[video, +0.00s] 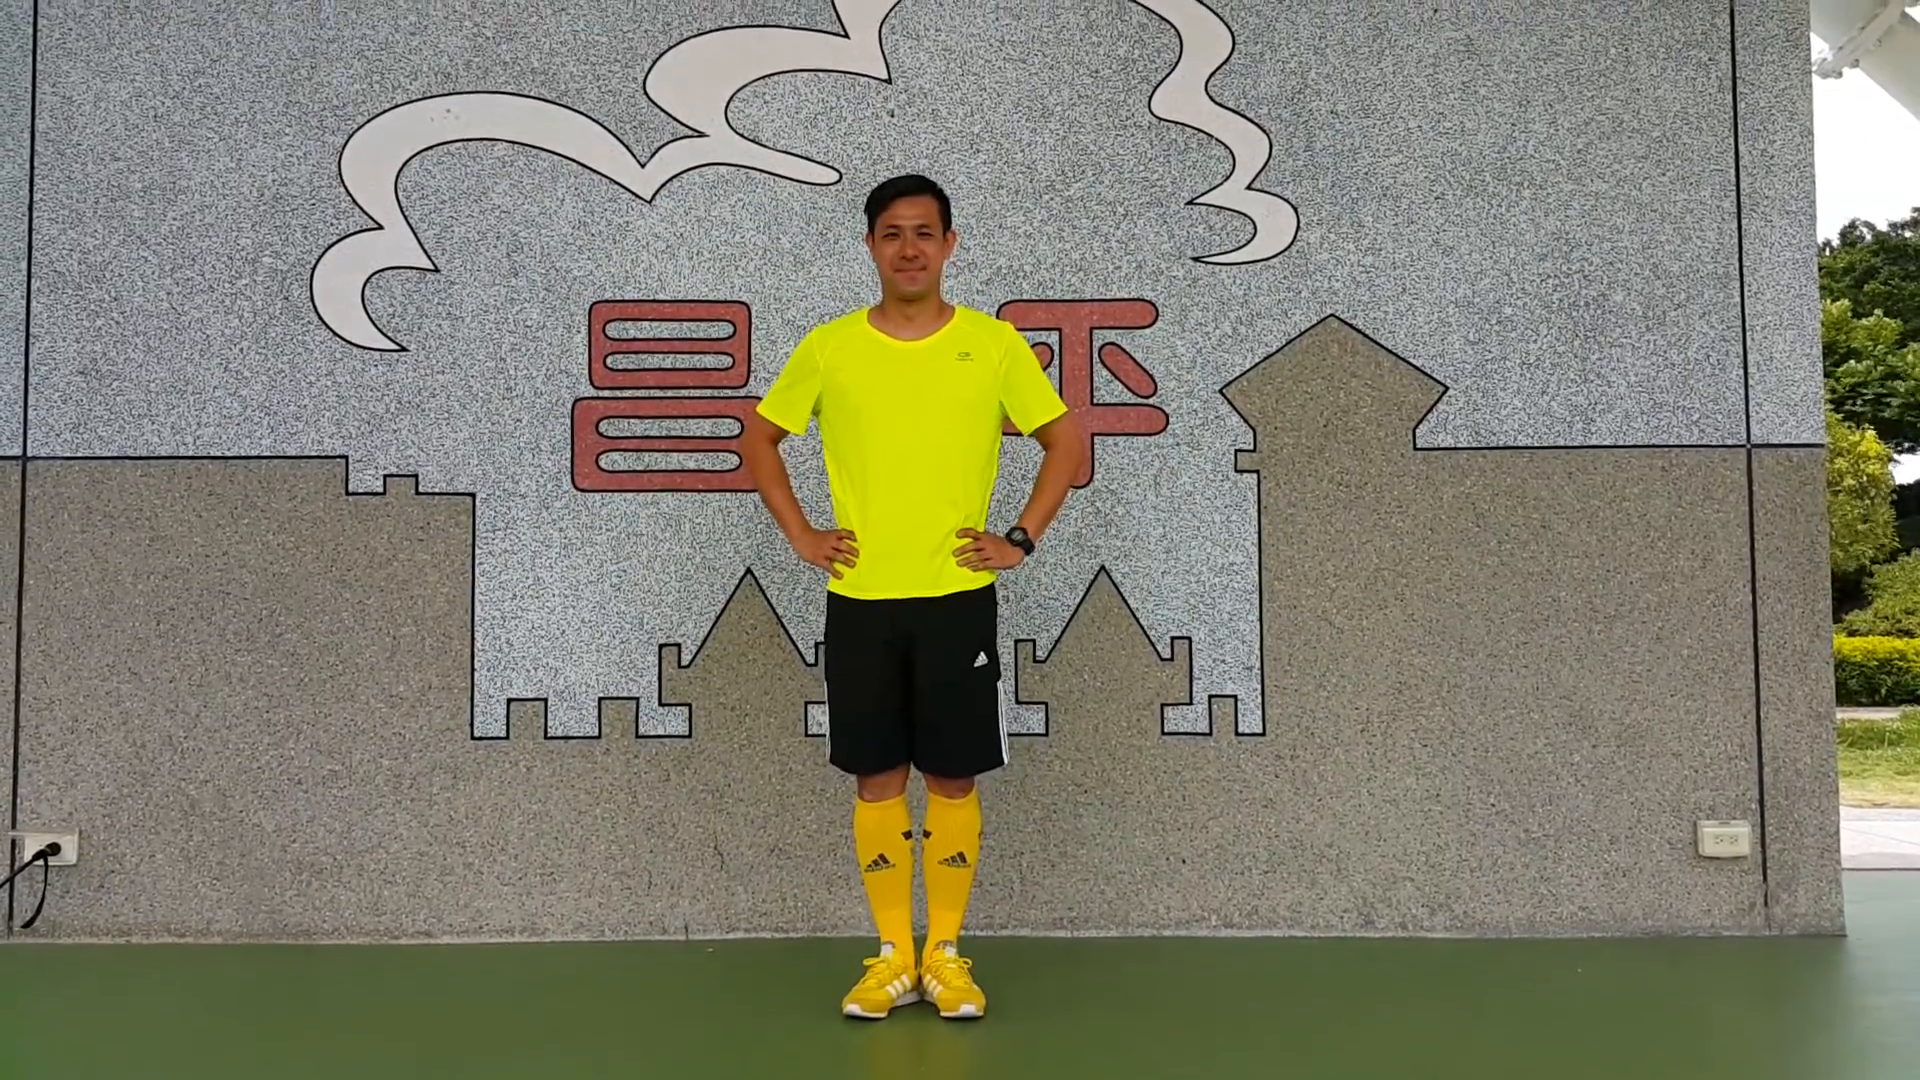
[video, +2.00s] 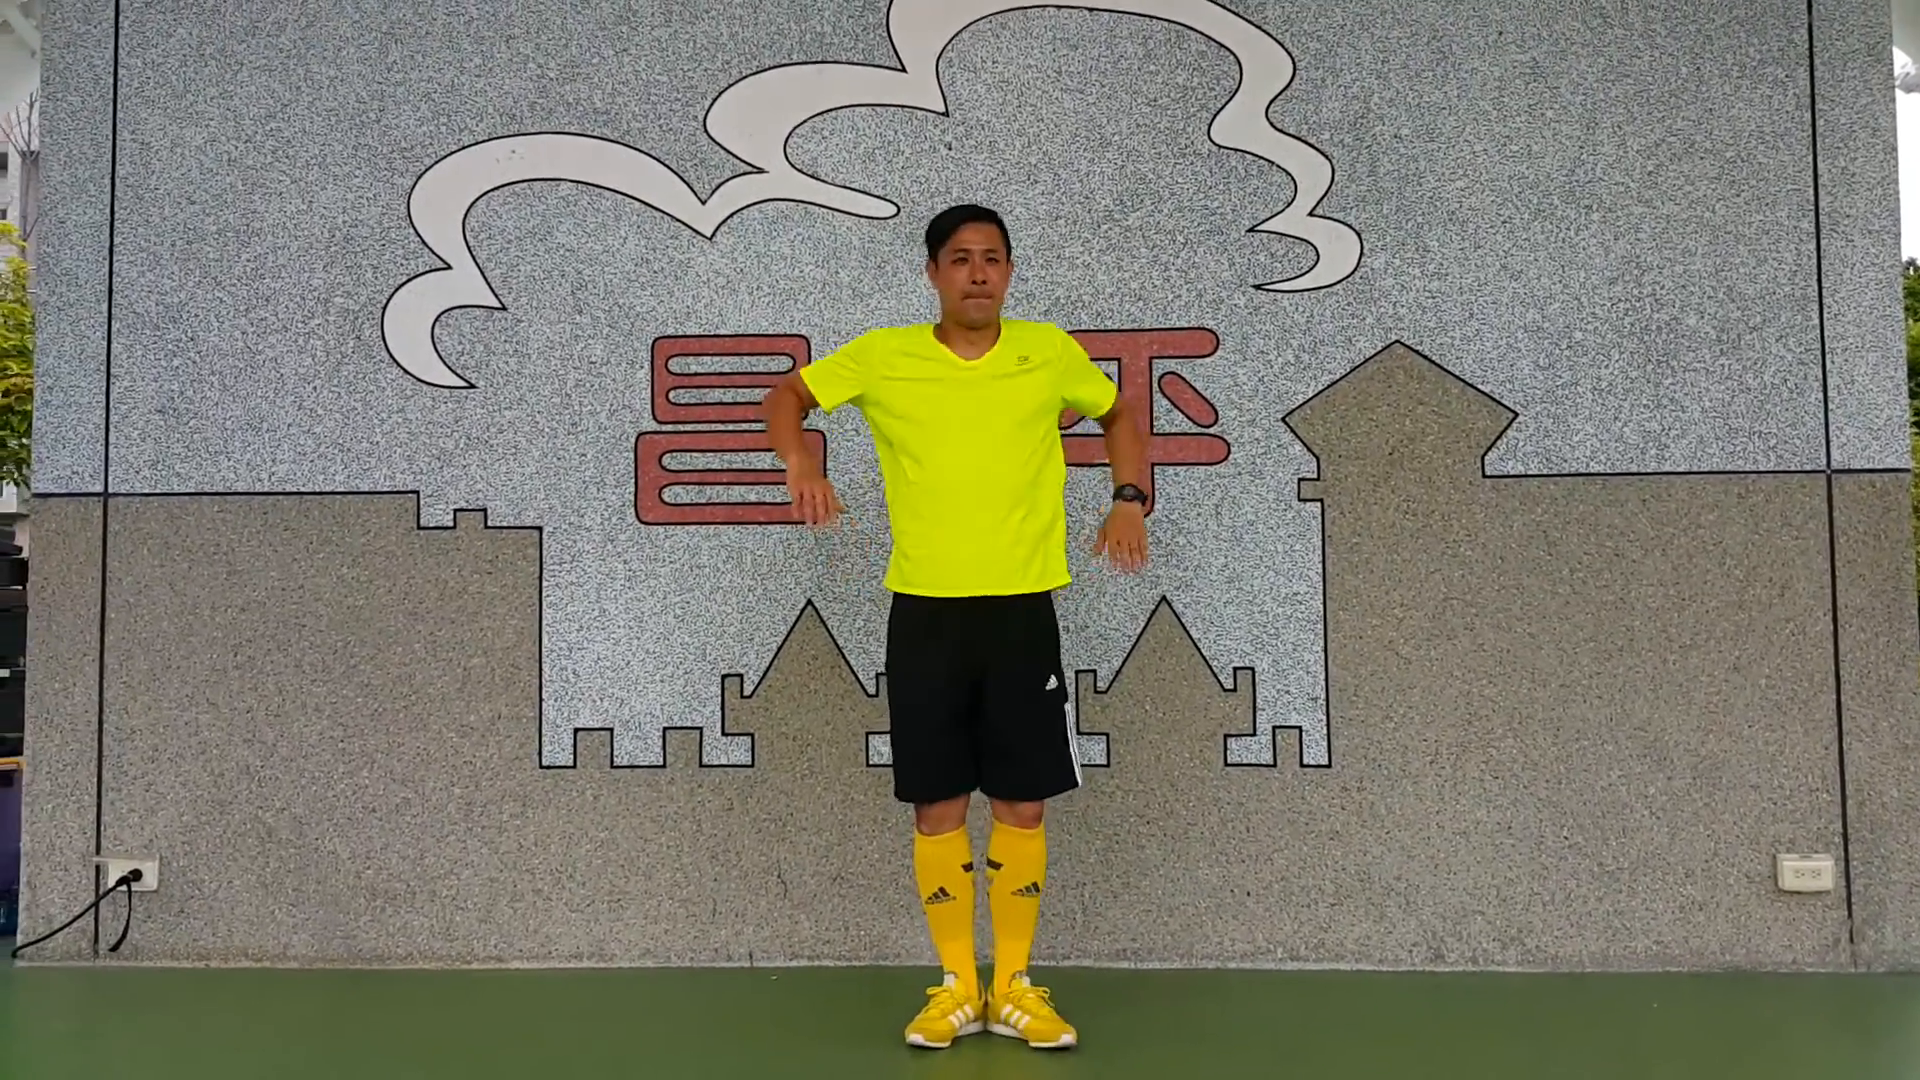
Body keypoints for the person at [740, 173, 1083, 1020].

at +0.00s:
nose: (909, 247)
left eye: (924, 233)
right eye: (893, 234)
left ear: (948, 246)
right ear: (872, 249)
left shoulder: (992, 342)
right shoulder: (831, 345)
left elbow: (1067, 439)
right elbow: (757, 438)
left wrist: (1021, 538)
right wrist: (800, 532)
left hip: (958, 591)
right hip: (862, 592)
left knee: (951, 774)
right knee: (877, 774)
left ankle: (943, 955)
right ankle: (895, 957)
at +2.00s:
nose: (978, 271)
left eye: (991, 258)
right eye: (962, 259)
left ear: (1010, 274)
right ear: (933, 275)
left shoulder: (1047, 349)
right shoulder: (886, 354)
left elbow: (1121, 413)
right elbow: (782, 396)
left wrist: (1131, 499)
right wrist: (801, 462)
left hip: (1024, 603)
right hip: (925, 606)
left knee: (1022, 798)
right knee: (937, 801)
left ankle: (1014, 987)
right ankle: (956, 988)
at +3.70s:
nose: (978, 310)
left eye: (994, 297)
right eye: (976, 298)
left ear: (1041, 305)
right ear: (977, 311)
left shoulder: (1072, 373)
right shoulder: (961, 378)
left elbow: (1064, 263)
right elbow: (890, 300)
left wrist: (997, 162)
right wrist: (856, 197)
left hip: (1059, 635)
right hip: (966, 644)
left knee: (1158, 811)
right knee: (896, 817)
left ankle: (1275, 970)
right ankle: (909, 999)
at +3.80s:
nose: (985, 276)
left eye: (1002, 263)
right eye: (973, 265)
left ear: (1039, 278)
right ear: (959, 282)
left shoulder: (1069, 352)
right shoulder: (928, 352)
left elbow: (1126, 293)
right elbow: (830, 310)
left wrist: (1068, 184)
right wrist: (818, 201)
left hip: (1049, 607)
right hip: (946, 614)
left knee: (1125, 788)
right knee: (910, 806)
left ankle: (1192, 968)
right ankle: (897, 991)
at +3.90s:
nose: (986, 263)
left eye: (1002, 251)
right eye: (970, 252)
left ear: (1027, 271)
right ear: (952, 272)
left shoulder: (1059, 348)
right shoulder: (918, 352)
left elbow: (1143, 385)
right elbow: (804, 382)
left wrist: (1126, 290)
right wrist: (793, 282)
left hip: (1042, 598)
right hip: (940, 600)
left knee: (1095, 788)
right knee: (902, 794)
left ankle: (1138, 980)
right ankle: (863, 976)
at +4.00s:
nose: (985, 276)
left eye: (999, 262)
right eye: (968, 265)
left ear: (1023, 279)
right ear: (947, 285)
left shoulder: (1063, 375)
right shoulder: (913, 379)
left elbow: (1117, 485)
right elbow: (842, 477)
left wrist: (1140, 437)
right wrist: (794, 418)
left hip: (1032, 611)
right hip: (930, 612)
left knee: (1079, 792)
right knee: (897, 794)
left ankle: (1132, 979)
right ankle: (864, 975)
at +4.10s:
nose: (982, 269)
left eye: (997, 256)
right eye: (966, 258)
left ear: (1021, 273)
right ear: (945, 279)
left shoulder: (1064, 368)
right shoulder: (912, 370)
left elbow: (1134, 454)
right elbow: (832, 455)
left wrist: (1147, 399)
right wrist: (798, 391)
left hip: (1030, 609)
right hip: (925, 609)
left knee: (1075, 789)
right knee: (895, 788)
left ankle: (1127, 972)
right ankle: (862, 971)